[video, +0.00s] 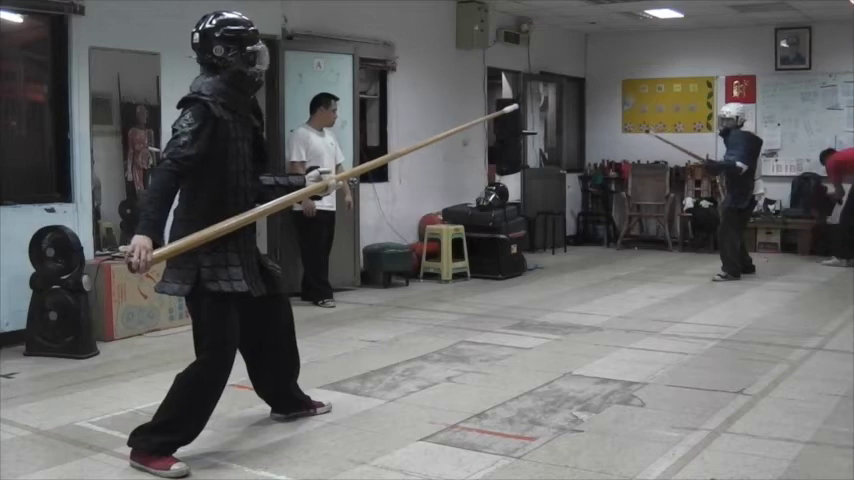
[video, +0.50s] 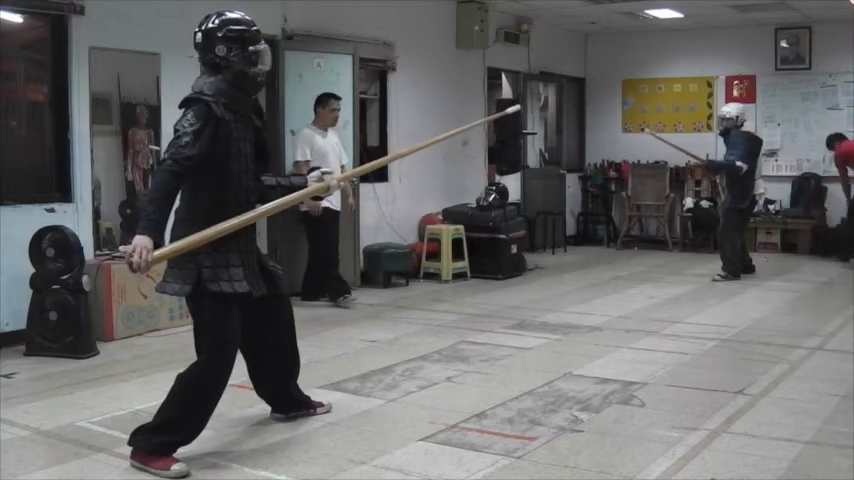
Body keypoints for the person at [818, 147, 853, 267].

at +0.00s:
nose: (826, 167)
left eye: (825, 164)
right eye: (825, 164)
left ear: (826, 159)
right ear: (833, 153)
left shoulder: (831, 162)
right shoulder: (844, 154)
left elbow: (840, 192)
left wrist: (834, 196)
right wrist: (836, 195)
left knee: (845, 218)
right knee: (846, 217)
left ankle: (841, 256)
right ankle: (847, 256)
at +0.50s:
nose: (834, 152)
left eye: (833, 149)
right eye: (832, 150)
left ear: (836, 143)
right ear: (842, 139)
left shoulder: (839, 153)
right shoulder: (850, 143)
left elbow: (845, 181)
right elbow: (845, 181)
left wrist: (848, 199)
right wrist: (848, 199)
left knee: (850, 221)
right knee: (849, 221)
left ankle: (846, 253)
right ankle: (846, 253)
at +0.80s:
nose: (836, 127)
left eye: (836, 123)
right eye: (834, 124)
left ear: (842, 120)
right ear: (846, 117)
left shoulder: (850, 134)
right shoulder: (849, 133)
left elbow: (852, 165)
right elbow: (852, 165)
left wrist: (849, 189)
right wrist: (849, 189)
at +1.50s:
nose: (853, 116)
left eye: (853, 112)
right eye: (853, 112)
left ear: (851, 113)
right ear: (851, 113)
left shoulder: (848, 135)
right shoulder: (847, 135)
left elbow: (842, 163)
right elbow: (842, 162)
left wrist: (839, 186)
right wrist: (839, 187)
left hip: (851, 187)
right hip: (852, 187)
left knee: (849, 224)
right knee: (849, 224)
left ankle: (850, 262)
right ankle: (850, 263)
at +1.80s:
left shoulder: (850, 141)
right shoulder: (851, 140)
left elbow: (847, 162)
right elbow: (847, 162)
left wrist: (847, 188)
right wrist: (847, 188)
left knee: (849, 227)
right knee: (849, 228)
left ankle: (849, 261)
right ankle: (849, 262)